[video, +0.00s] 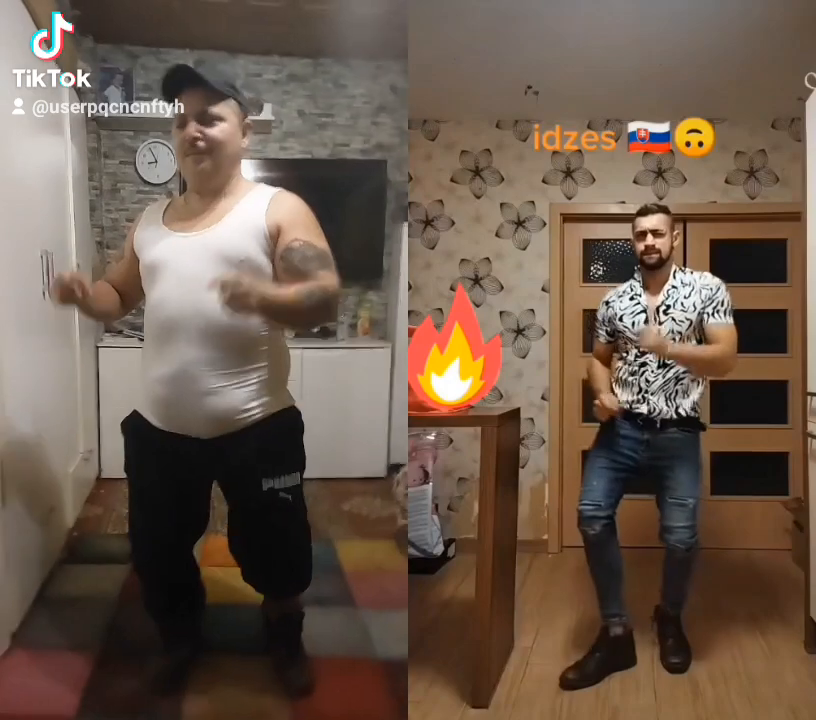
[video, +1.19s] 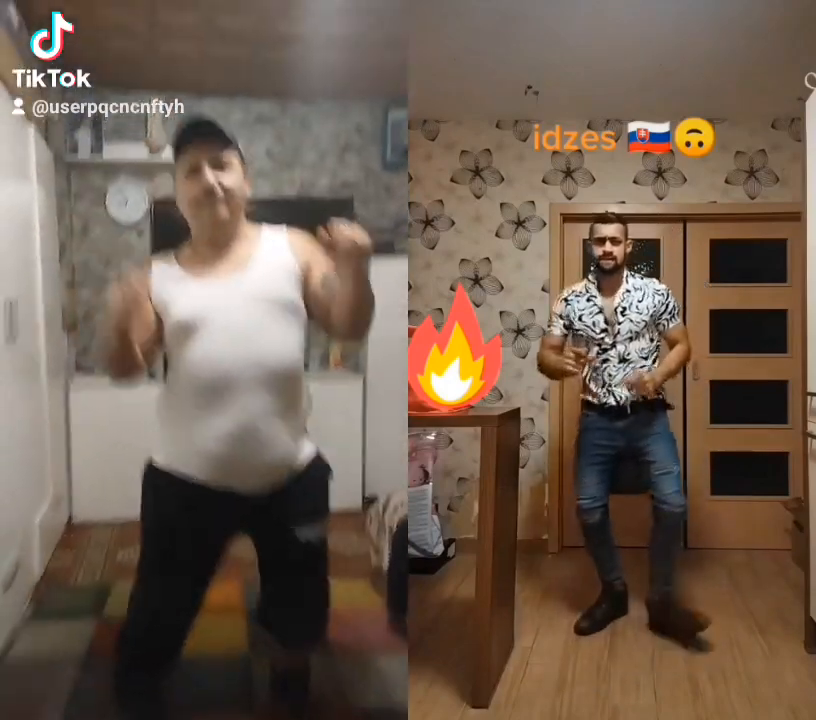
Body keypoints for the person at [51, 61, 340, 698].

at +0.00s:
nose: (193, 132)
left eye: (211, 120)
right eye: (184, 121)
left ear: (244, 134)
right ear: (174, 135)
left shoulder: (278, 209)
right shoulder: (151, 222)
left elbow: (324, 294)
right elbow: (116, 297)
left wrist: (265, 296)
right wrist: (84, 292)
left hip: (256, 424)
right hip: (162, 426)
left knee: (278, 552)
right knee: (159, 556)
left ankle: (286, 642)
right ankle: (179, 648)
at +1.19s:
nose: (210, 181)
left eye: (221, 164)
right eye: (194, 172)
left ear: (246, 176)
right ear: (176, 193)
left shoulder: (293, 248)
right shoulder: (158, 276)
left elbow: (350, 326)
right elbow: (123, 368)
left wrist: (353, 267)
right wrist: (120, 322)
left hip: (288, 480)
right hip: (186, 483)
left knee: (299, 627)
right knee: (152, 633)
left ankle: (292, 703)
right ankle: (136, 705)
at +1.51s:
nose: (258, 244)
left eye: (272, 232)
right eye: (242, 230)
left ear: (286, 248)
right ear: (212, 247)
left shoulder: (316, 330)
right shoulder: (170, 325)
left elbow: (370, 414)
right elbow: (102, 399)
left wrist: (359, 327)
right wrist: (92, 355)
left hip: (286, 575)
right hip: (169, 574)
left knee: (308, 712)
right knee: (140, 712)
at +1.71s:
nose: (237, 273)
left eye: (253, 266)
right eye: (221, 262)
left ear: (269, 293)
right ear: (194, 283)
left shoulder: (292, 376)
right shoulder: (140, 356)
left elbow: (329, 494)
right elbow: (51, 429)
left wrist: (307, 400)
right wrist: (55, 347)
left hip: (250, 650)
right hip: (118, 648)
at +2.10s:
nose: (172, 180)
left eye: (184, 172)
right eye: (148, 168)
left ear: (201, 204)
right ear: (108, 202)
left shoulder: (245, 296)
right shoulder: (71, 292)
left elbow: (289, 395)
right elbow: (22, 413)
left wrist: (333, 357)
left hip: (264, 609)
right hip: (119, 620)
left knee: (304, 706)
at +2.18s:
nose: (164, 173)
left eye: (178, 164)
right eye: (139, 161)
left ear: (198, 196)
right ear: (102, 196)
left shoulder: (241, 288)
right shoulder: (72, 291)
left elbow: (298, 380)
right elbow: (42, 421)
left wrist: (343, 313)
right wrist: (164, 475)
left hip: (289, 608)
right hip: (142, 625)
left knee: (330, 711)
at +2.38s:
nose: (145, 133)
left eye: (162, 119)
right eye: (121, 122)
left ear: (183, 149)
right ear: (88, 161)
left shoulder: (239, 247)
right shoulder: (63, 272)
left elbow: (323, 316)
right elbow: (19, 411)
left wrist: (319, 212)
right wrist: (82, 529)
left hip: (292, 570)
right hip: (144, 590)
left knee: (365, 712)